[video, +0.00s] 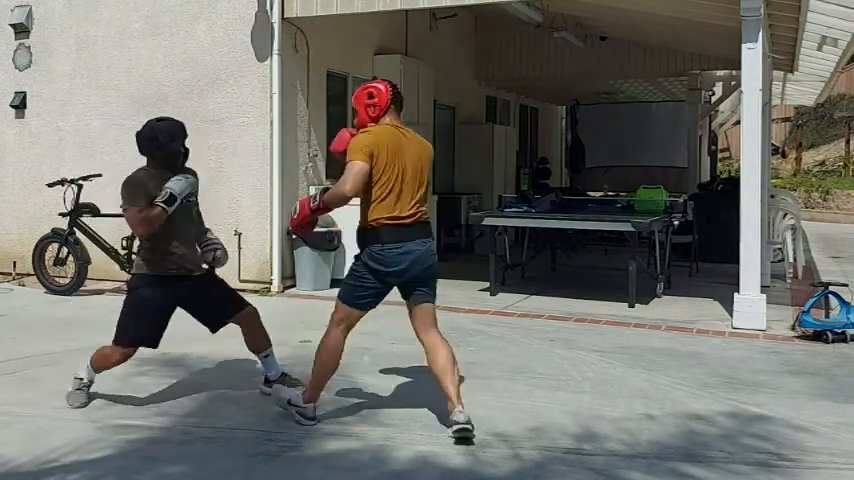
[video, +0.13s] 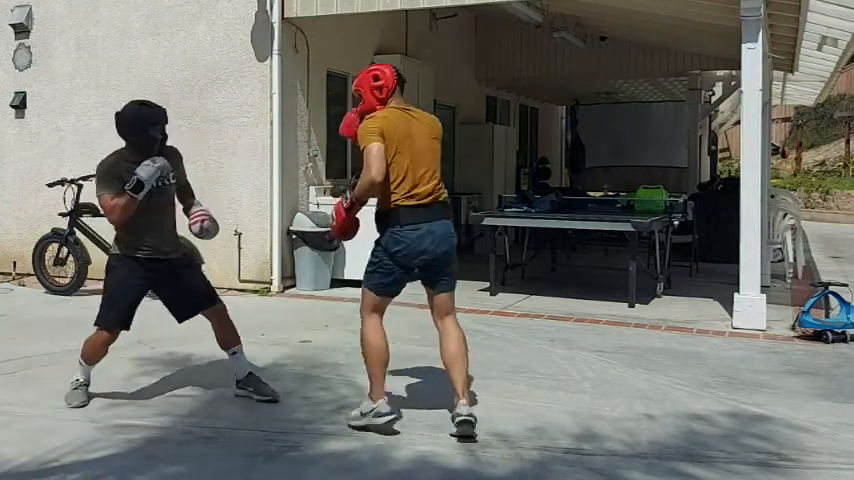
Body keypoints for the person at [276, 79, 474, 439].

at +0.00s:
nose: (358, 115)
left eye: (360, 108)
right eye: (358, 107)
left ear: (373, 105)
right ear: (396, 107)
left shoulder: (366, 139)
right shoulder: (423, 145)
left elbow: (349, 189)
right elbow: (396, 176)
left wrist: (315, 206)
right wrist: (358, 148)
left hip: (381, 250)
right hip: (421, 248)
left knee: (339, 325)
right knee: (430, 331)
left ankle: (309, 399)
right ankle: (457, 410)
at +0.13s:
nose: (360, 104)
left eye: (360, 99)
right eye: (359, 98)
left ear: (371, 95)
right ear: (394, 92)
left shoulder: (373, 122)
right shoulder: (431, 121)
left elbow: (374, 175)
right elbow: (416, 157)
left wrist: (351, 207)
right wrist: (368, 127)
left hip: (401, 231)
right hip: (442, 226)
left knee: (371, 312)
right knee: (446, 316)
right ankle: (463, 404)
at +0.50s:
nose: (347, 112)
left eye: (348, 105)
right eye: (346, 105)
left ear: (363, 104)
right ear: (385, 101)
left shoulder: (371, 134)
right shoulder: (421, 129)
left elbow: (347, 187)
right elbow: (379, 180)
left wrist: (324, 163)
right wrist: (354, 141)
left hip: (395, 246)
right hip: (436, 242)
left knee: (349, 324)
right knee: (445, 334)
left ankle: (329, 416)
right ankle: (472, 422)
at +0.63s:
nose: (334, 126)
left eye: (334, 120)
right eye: (333, 120)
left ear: (347, 116)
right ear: (371, 113)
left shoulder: (350, 147)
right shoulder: (402, 145)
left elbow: (306, 190)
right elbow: (353, 190)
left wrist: (302, 152)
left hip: (369, 266)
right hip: (412, 261)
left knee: (312, 328)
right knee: (432, 343)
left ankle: (291, 419)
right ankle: (472, 422)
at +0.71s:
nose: (313, 123)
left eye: (315, 117)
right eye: (314, 116)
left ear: (328, 117)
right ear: (355, 117)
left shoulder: (324, 146)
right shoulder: (386, 147)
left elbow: (269, 178)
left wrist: (283, 150)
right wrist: (306, 147)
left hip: (346, 265)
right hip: (391, 260)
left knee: (289, 326)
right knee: (421, 338)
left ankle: (265, 411)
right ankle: (470, 416)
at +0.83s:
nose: (273, 129)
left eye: (277, 124)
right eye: (321, 124)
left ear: (283, 126)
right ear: (318, 126)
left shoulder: (267, 153)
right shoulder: (344, 159)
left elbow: (214, 149)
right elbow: (357, 199)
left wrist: (188, 132)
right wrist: (328, 167)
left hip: (297, 274)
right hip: (346, 269)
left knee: (254, 340)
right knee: (384, 329)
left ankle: (223, 420)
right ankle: (413, 408)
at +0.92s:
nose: (256, 130)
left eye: (259, 125)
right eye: (258, 126)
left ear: (265, 127)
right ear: (299, 127)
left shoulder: (244, 154)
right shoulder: (322, 163)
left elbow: (188, 163)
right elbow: (338, 210)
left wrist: (206, 141)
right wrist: (314, 183)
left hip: (262, 277)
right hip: (311, 277)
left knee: (223, 331)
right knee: (355, 342)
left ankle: (202, 408)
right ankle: (368, 429)